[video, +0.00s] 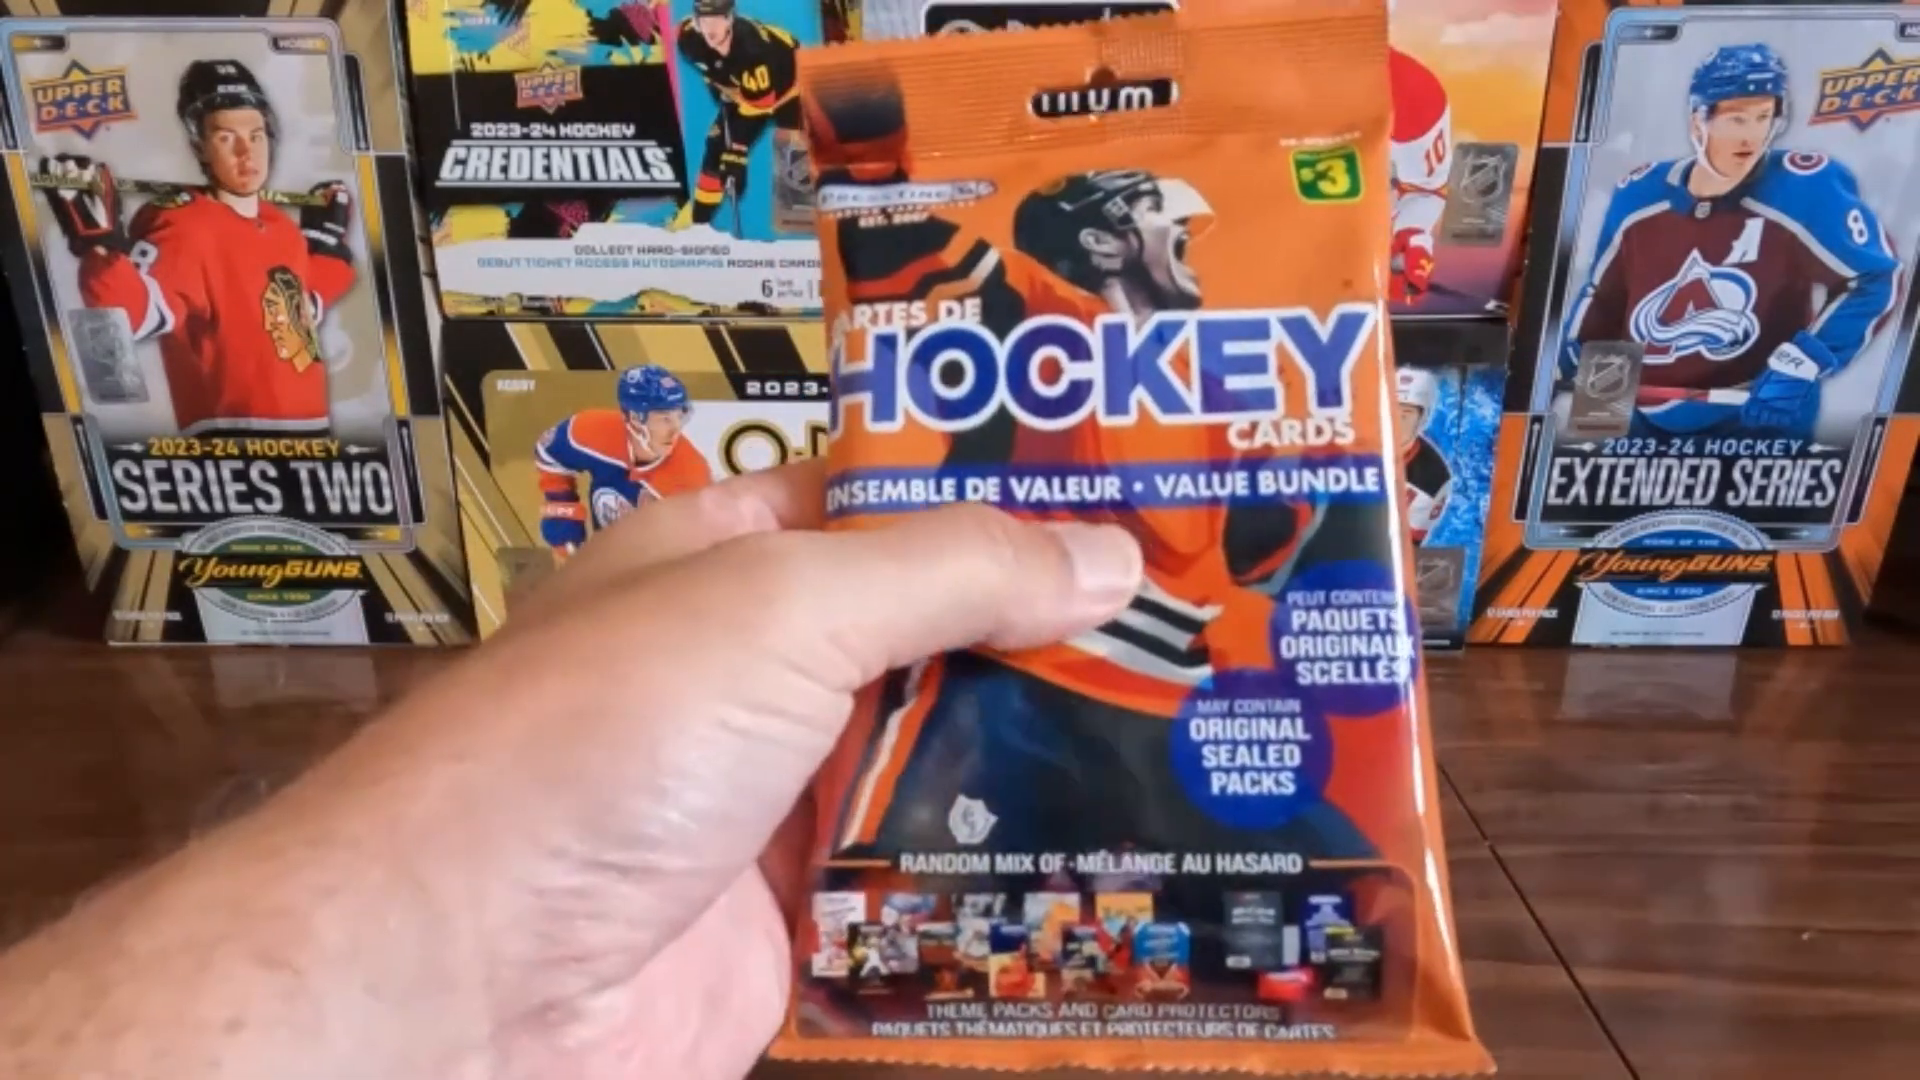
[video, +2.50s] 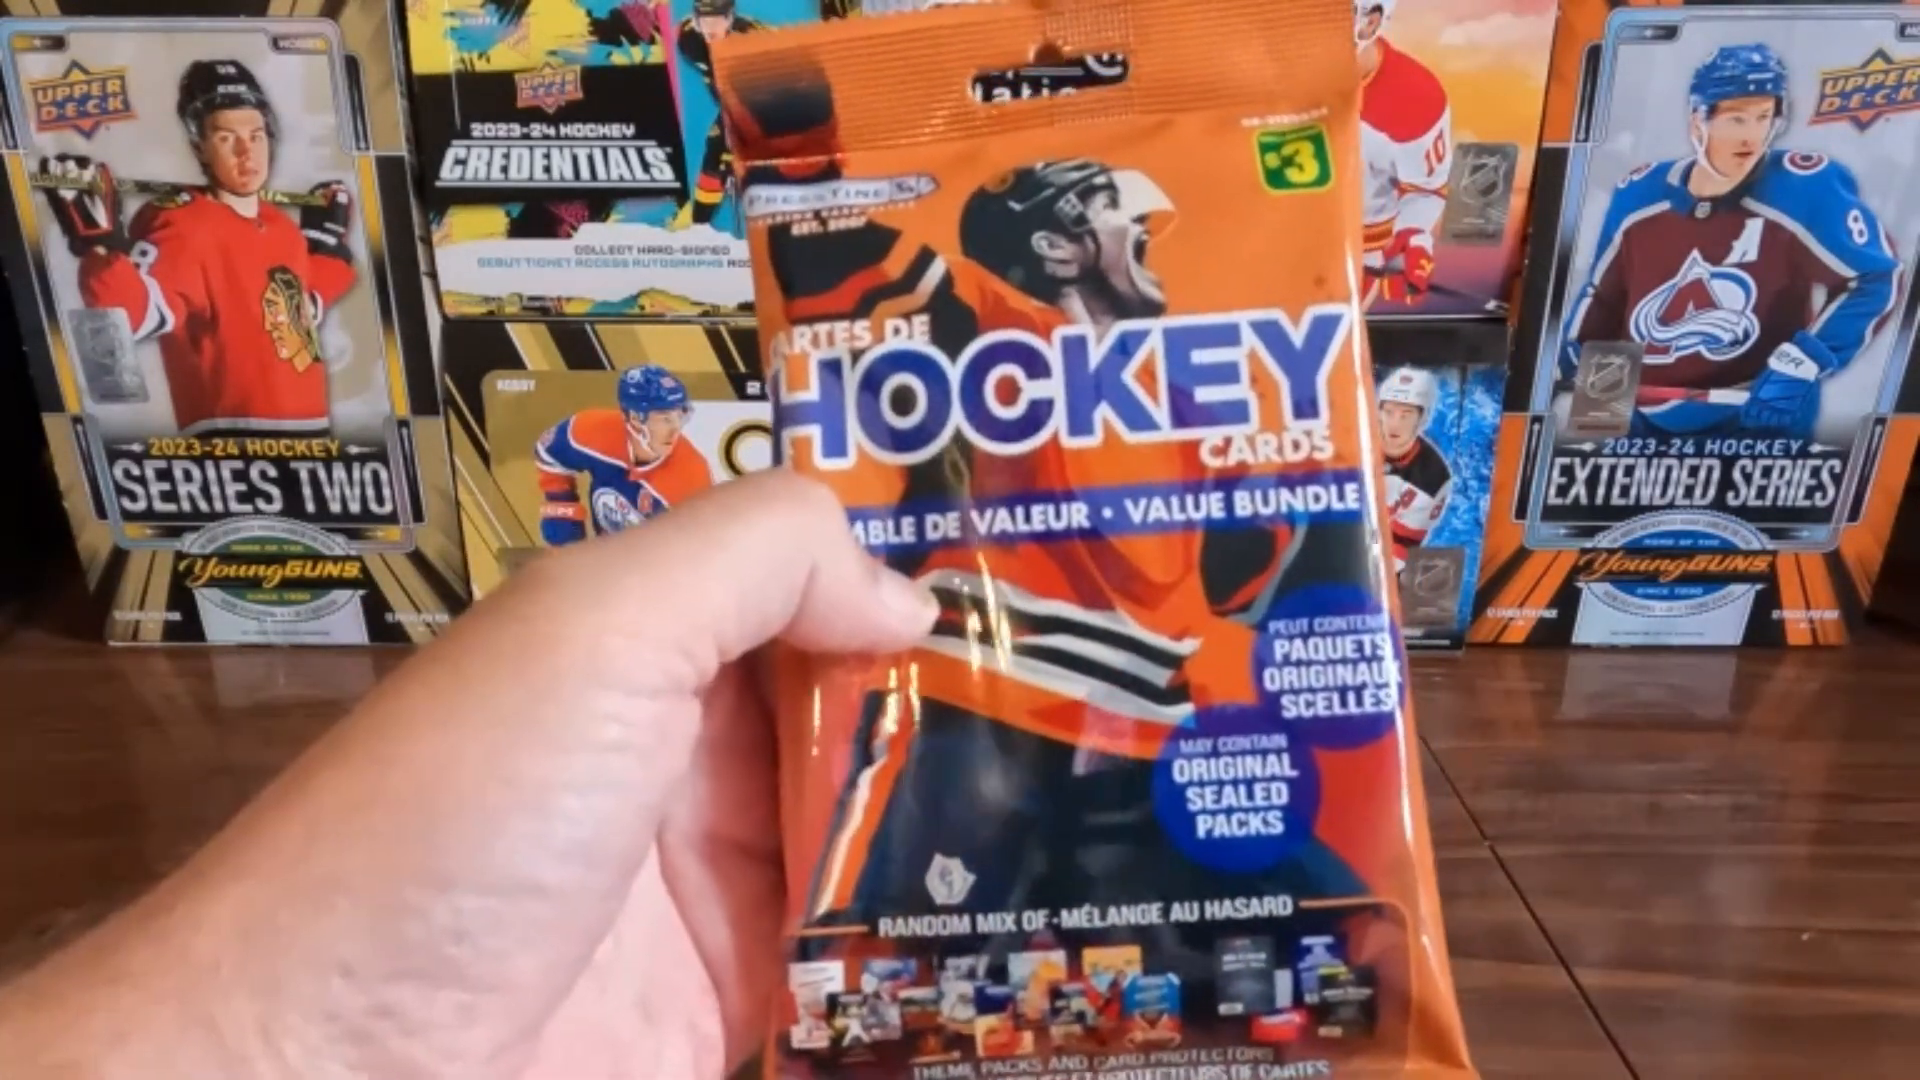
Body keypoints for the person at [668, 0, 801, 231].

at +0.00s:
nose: (710, 29)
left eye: (716, 21)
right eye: (704, 21)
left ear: (729, 19)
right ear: (696, 21)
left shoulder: (751, 48)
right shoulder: (689, 37)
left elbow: (758, 108)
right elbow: (707, 69)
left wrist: (736, 154)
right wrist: (722, 90)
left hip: (785, 87)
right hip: (738, 95)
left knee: (792, 152)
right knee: (716, 147)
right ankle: (699, 219)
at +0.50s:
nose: (710, 30)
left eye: (716, 21)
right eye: (704, 22)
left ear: (730, 19)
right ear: (696, 22)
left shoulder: (753, 50)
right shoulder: (688, 38)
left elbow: (757, 109)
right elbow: (711, 72)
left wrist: (736, 153)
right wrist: (726, 92)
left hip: (789, 92)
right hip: (739, 96)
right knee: (718, 145)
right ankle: (699, 218)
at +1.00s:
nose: (710, 30)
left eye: (716, 22)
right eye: (704, 22)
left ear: (729, 19)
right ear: (695, 21)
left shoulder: (750, 48)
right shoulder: (688, 37)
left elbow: (755, 107)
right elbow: (711, 72)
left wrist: (737, 153)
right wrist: (729, 91)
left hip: (788, 83)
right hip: (738, 94)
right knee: (716, 148)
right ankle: (700, 221)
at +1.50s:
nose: (709, 29)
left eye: (715, 22)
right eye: (704, 22)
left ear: (729, 19)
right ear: (696, 21)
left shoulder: (750, 36)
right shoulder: (688, 38)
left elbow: (749, 100)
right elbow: (711, 76)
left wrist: (736, 156)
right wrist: (734, 94)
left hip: (767, 103)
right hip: (731, 106)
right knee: (714, 147)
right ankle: (699, 220)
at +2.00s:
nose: (709, 32)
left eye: (715, 24)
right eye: (703, 24)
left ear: (729, 19)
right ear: (696, 22)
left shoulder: (755, 37)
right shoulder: (689, 38)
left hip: (761, 110)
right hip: (729, 110)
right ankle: (698, 224)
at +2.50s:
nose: (710, 30)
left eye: (716, 22)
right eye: (704, 22)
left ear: (730, 17)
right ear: (696, 20)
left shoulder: (754, 35)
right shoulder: (688, 39)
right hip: (728, 111)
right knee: (714, 159)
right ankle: (700, 219)